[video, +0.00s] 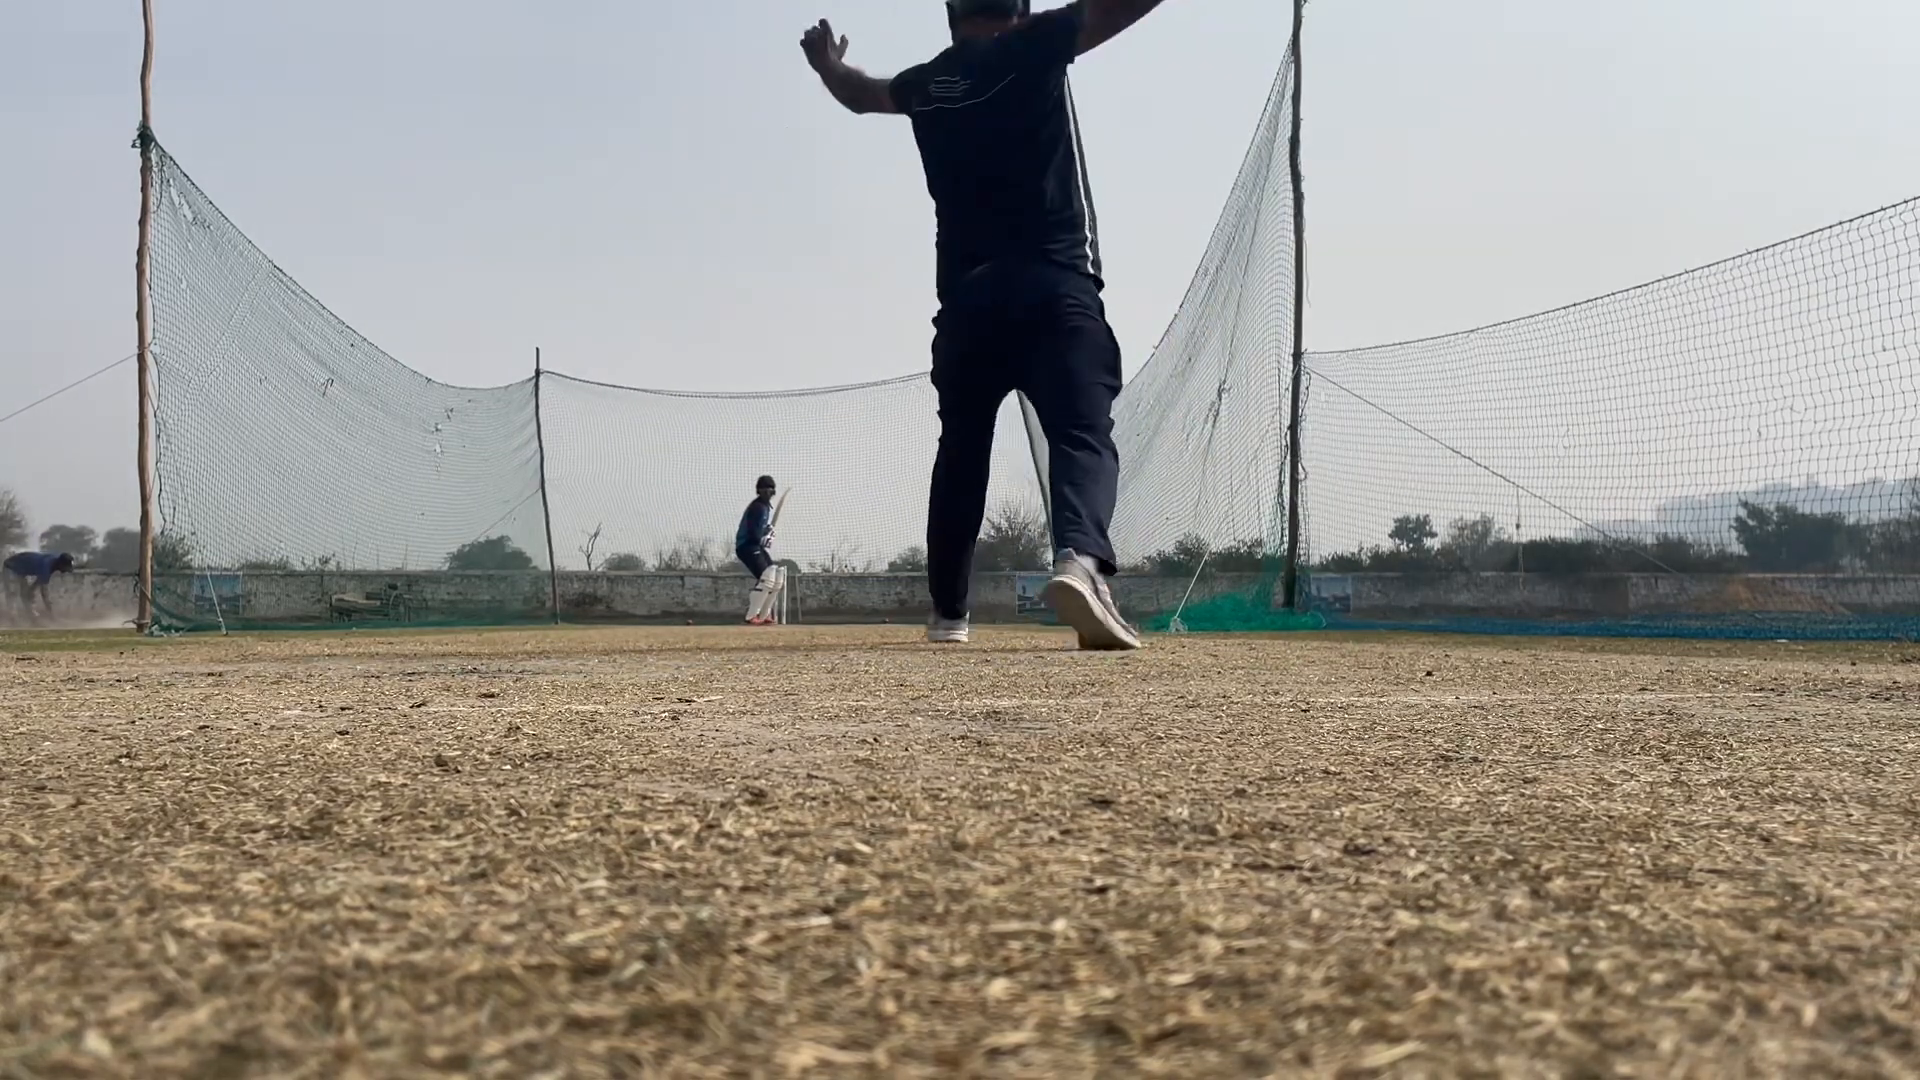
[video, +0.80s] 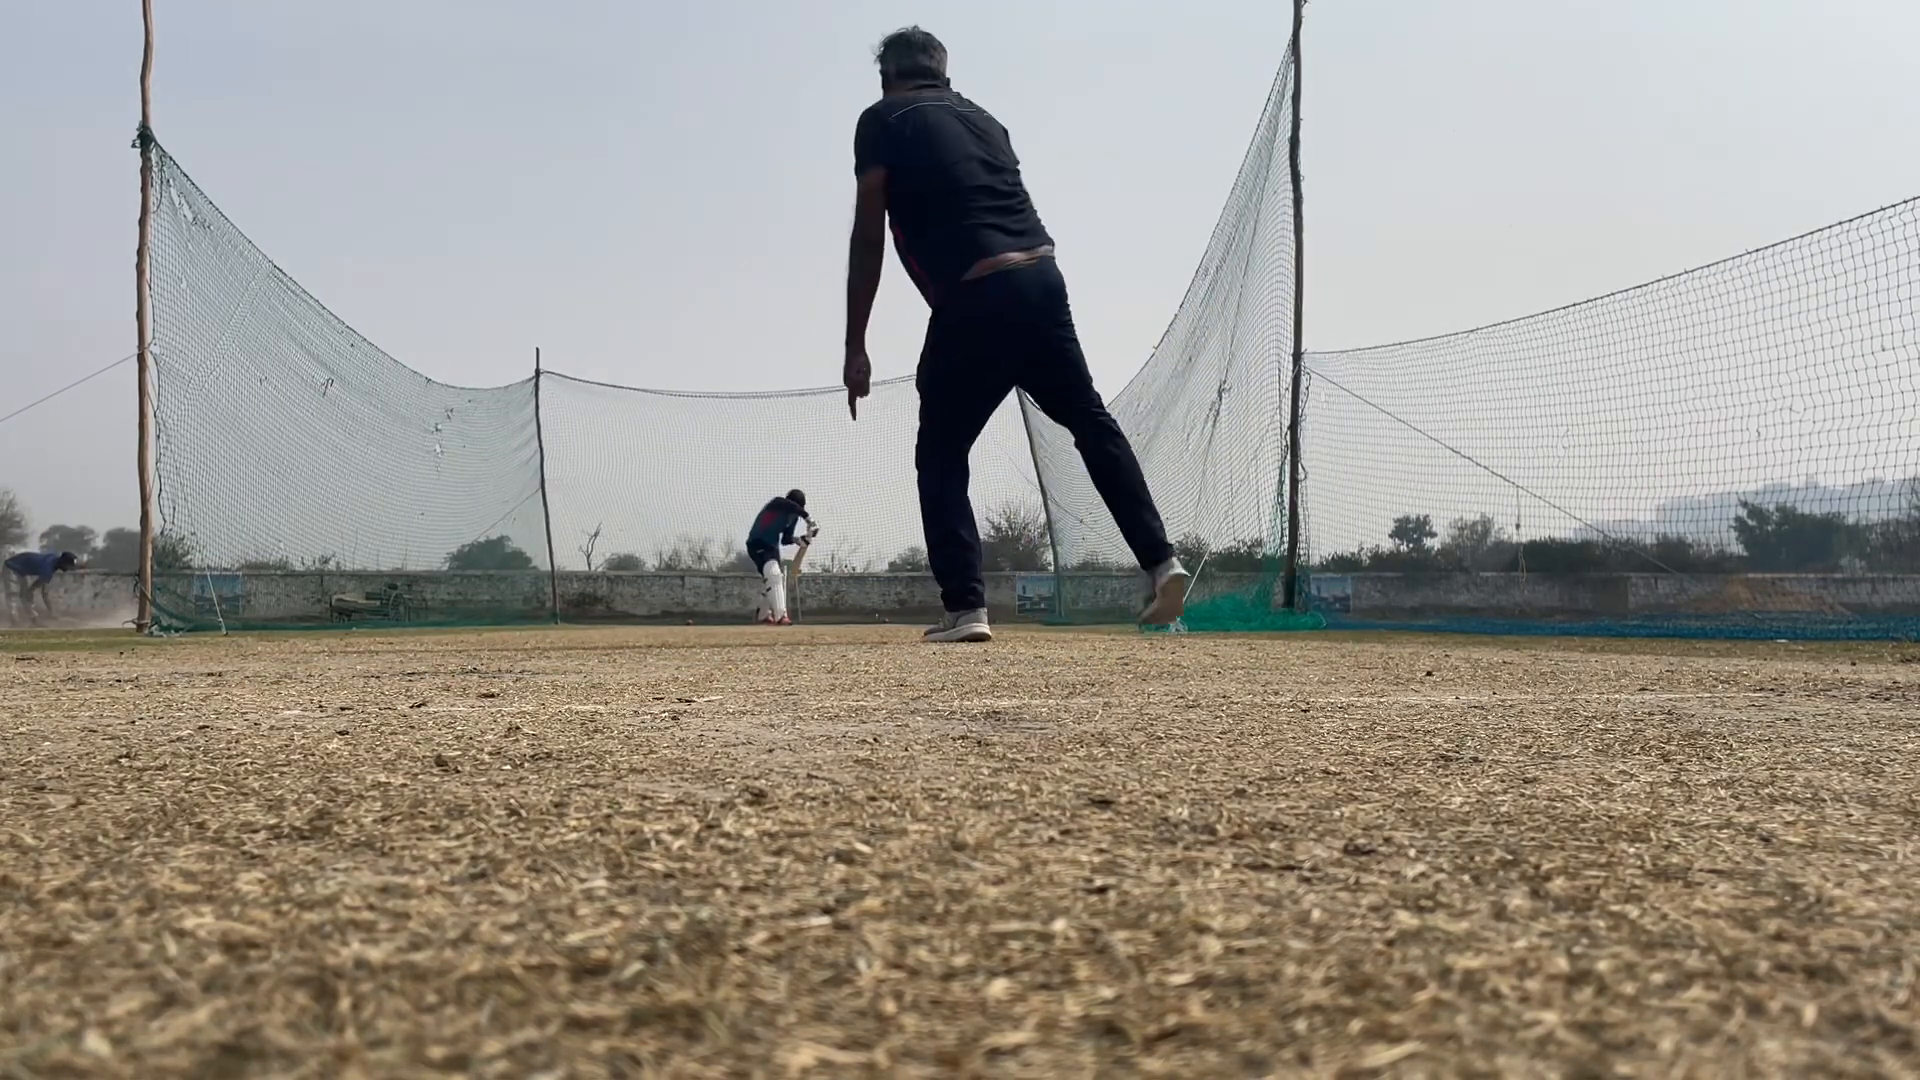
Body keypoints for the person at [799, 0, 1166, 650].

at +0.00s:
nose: (1023, 20)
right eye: (1021, 14)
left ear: (953, 20)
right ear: (1018, 16)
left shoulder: (921, 83)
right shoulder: (1039, 41)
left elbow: (864, 93)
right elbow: (1129, 4)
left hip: (969, 299)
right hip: (1057, 285)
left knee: (960, 453)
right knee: (1082, 433)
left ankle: (949, 618)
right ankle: (1078, 565)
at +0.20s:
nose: (877, 123)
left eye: (876, 114)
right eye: (877, 115)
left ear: (882, 112)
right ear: (943, 101)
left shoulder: (883, 158)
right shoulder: (985, 133)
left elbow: (865, 266)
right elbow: (1014, 215)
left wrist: (856, 359)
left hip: (975, 306)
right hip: (1061, 286)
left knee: (954, 455)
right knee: (1065, 449)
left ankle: (949, 614)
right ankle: (1026, 507)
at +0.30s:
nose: (857, 137)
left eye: (857, 127)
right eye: (855, 128)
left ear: (866, 120)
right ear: (914, 112)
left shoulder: (883, 132)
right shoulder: (957, 154)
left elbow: (900, 186)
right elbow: (955, 289)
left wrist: (887, 250)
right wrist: (912, 382)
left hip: (979, 287)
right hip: (1056, 267)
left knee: (959, 453)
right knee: (1092, 426)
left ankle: (949, 612)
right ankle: (1080, 447)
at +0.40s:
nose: (839, 165)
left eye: (841, 150)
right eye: (837, 153)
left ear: (864, 139)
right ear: (865, 148)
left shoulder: (892, 126)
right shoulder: (901, 213)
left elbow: (890, 34)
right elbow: (927, 296)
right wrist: (873, 310)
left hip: (988, 304)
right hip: (1057, 282)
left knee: (953, 464)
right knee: (1124, 421)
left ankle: (953, 613)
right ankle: (1218, 369)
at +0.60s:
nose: (857, 109)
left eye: (862, 96)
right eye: (863, 107)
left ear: (884, 88)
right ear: (918, 104)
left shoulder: (897, 96)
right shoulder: (922, 182)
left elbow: (798, 76)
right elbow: (899, 279)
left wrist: (748, 71)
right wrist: (809, 303)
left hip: (991, 295)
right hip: (1049, 281)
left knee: (954, 457)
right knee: (1133, 396)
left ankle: (964, 611)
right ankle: (1303, 373)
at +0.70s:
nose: (873, 87)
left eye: (876, 79)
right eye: (881, 79)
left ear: (883, 76)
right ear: (936, 82)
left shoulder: (878, 102)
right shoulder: (962, 127)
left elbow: (824, 194)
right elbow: (964, 261)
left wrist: (783, 255)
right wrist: (886, 322)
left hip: (984, 298)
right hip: (1048, 279)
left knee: (945, 458)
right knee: (1108, 403)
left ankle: (965, 611)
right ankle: (1258, 468)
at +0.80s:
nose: (882, 89)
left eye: (881, 80)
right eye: (886, 81)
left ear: (886, 77)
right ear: (943, 74)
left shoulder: (882, 117)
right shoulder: (981, 117)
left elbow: (870, 234)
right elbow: (995, 217)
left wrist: (855, 342)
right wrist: (952, 306)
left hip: (975, 301)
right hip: (1044, 285)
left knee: (939, 454)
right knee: (1090, 419)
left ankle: (965, 611)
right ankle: (1161, 563)